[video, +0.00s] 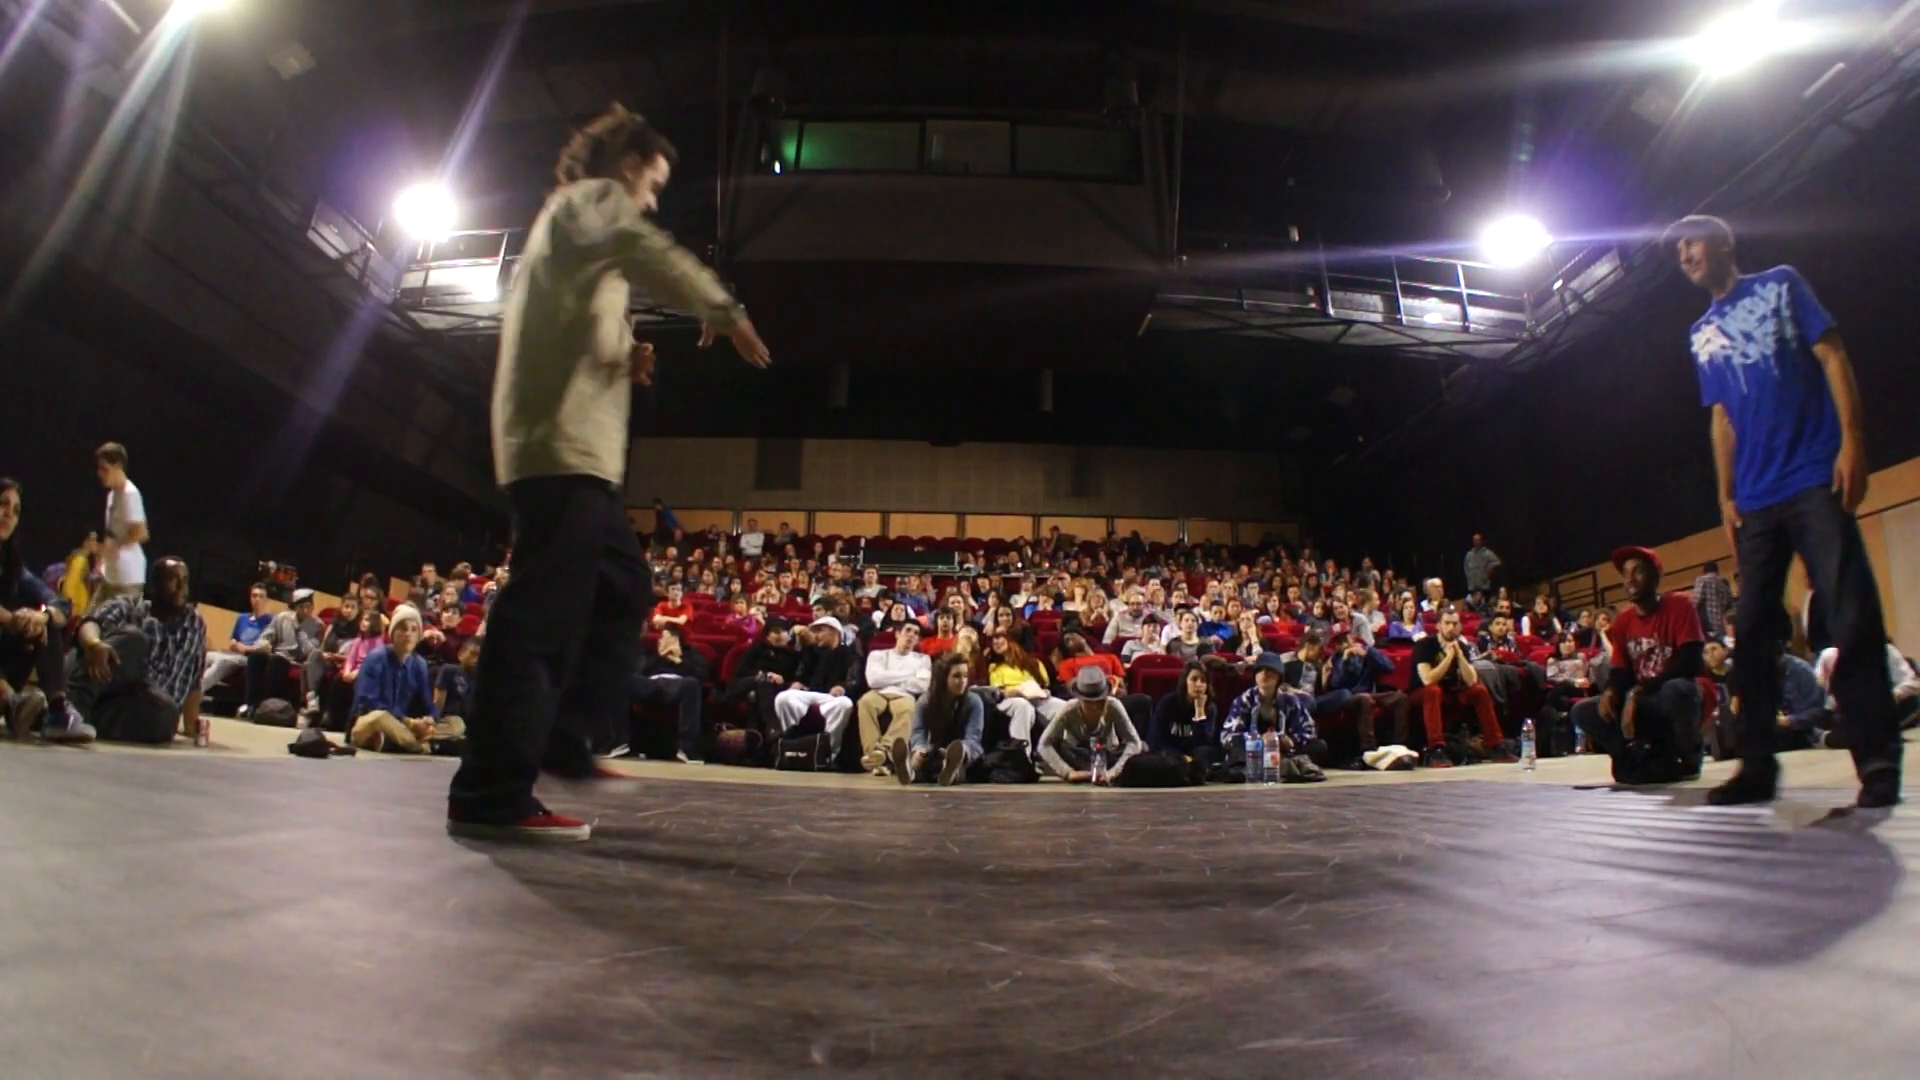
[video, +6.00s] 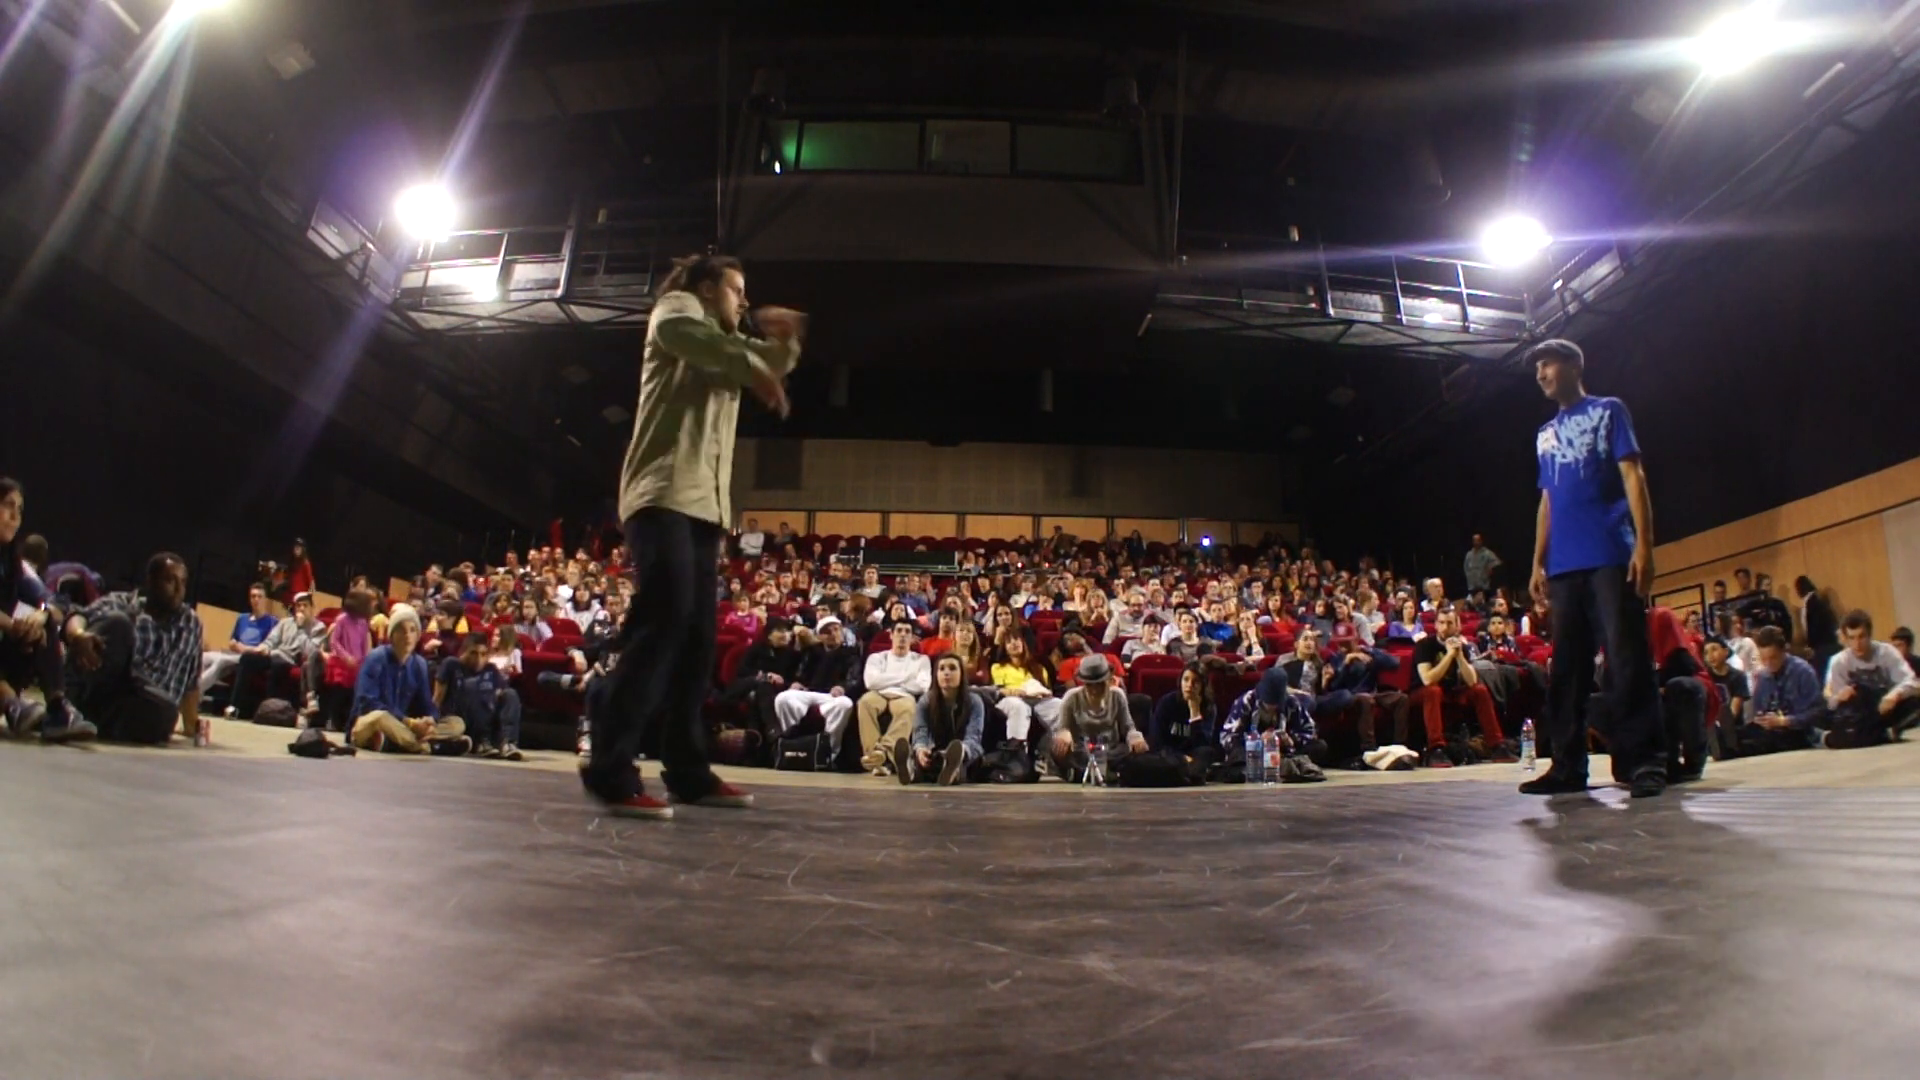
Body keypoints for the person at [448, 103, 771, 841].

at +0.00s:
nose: (655, 200)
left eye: (661, 188)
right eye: (654, 182)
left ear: (611, 168)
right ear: (624, 162)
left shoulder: (577, 230)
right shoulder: (588, 202)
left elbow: (563, 337)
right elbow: (648, 250)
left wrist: (622, 356)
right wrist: (724, 309)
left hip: (577, 451)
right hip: (560, 449)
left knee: (623, 591)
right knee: (540, 615)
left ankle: (576, 741)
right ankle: (491, 795)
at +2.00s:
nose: (794, 292)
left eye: (793, 284)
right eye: (785, 281)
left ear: (762, 289)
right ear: (751, 285)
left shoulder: (763, 349)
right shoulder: (735, 332)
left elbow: (781, 440)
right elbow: (756, 414)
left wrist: (838, 408)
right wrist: (798, 469)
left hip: (768, 517)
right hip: (736, 513)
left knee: (836, 606)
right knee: (717, 647)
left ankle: (803, 729)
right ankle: (670, 774)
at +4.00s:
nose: (748, 293)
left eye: (748, 283)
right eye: (742, 281)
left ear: (704, 281)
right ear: (714, 279)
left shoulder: (703, 338)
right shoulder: (694, 314)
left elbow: (708, 428)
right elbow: (738, 341)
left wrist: (773, 448)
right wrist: (786, 385)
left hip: (697, 503)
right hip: (665, 502)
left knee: (775, 565)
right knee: (652, 637)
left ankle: (810, 686)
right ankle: (611, 778)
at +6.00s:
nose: (743, 300)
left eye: (745, 293)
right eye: (736, 288)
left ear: (732, 300)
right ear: (705, 285)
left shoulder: (729, 343)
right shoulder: (675, 309)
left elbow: (763, 369)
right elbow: (695, 344)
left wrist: (787, 342)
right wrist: (757, 369)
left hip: (705, 503)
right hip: (662, 492)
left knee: (697, 638)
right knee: (664, 622)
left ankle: (688, 772)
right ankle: (609, 768)